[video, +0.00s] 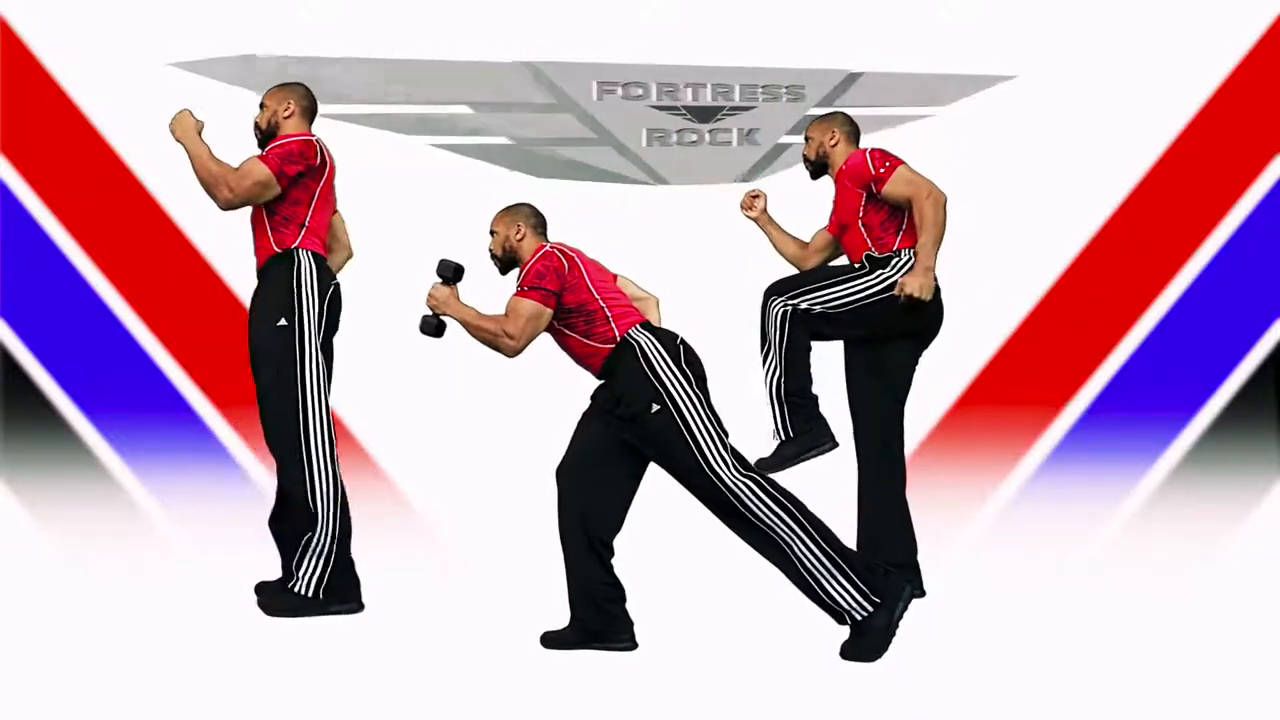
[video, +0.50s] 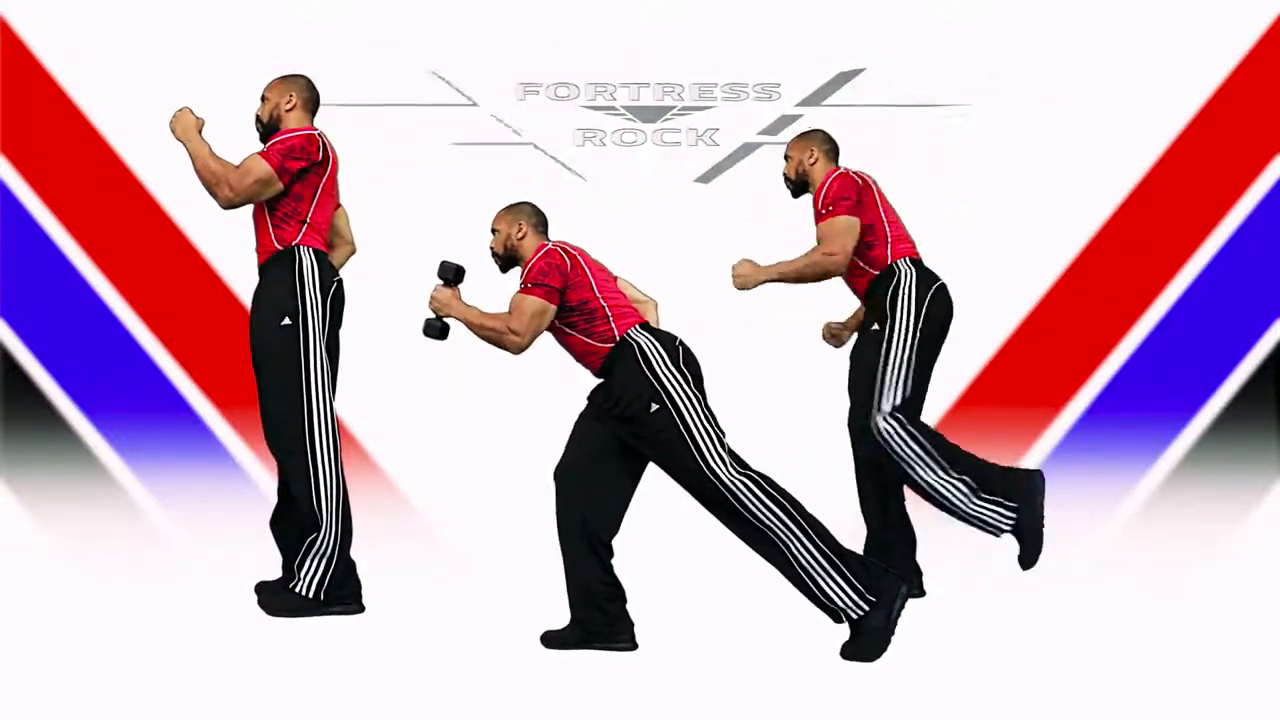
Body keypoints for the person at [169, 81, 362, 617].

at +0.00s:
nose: (256, 116)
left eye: (262, 107)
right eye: (258, 109)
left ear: (285, 108)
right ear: (297, 112)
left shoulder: (300, 147)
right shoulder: (303, 161)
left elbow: (229, 191)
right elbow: (339, 247)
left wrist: (192, 139)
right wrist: (298, 296)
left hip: (295, 285)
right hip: (292, 288)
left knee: (303, 431)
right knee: (291, 433)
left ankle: (323, 582)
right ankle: (309, 574)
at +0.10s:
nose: (256, 114)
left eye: (262, 104)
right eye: (258, 106)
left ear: (285, 105)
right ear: (297, 110)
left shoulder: (300, 145)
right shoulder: (303, 159)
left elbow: (228, 190)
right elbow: (340, 244)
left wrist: (191, 139)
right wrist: (298, 295)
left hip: (297, 286)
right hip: (291, 288)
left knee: (308, 429)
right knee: (290, 432)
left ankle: (325, 580)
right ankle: (307, 572)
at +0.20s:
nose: (256, 111)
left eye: (262, 101)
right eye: (258, 103)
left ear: (285, 103)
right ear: (297, 107)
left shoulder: (300, 143)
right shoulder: (305, 156)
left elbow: (230, 190)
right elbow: (340, 244)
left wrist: (192, 139)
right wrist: (296, 294)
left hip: (299, 286)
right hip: (292, 287)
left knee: (308, 428)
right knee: (292, 432)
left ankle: (325, 580)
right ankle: (306, 572)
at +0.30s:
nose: (257, 110)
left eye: (263, 100)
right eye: (259, 102)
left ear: (287, 101)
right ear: (298, 106)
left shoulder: (301, 141)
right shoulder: (306, 155)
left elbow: (231, 189)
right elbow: (340, 244)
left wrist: (193, 138)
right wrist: (296, 294)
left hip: (299, 285)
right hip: (292, 287)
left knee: (307, 428)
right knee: (291, 431)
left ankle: (326, 580)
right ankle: (306, 572)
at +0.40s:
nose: (257, 109)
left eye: (263, 99)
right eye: (259, 101)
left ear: (287, 100)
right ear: (298, 105)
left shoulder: (302, 141)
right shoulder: (307, 154)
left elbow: (230, 189)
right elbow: (341, 242)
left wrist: (193, 138)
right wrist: (298, 294)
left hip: (299, 285)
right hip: (292, 287)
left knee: (307, 428)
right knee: (291, 431)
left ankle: (325, 580)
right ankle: (306, 572)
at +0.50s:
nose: (257, 109)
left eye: (263, 99)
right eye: (259, 102)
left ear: (287, 100)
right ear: (299, 105)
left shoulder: (302, 141)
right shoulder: (306, 154)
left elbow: (230, 189)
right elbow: (341, 242)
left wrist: (193, 137)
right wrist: (297, 292)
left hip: (299, 284)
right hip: (292, 286)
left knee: (307, 429)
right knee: (291, 431)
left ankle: (326, 581)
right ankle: (306, 572)